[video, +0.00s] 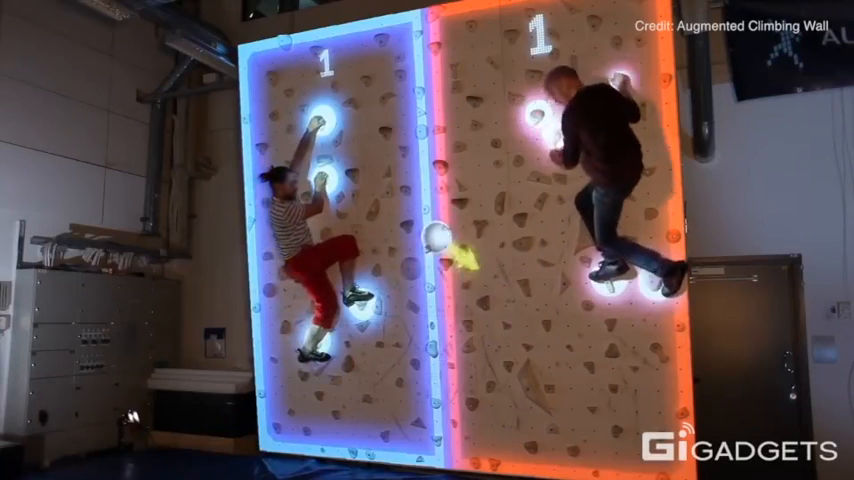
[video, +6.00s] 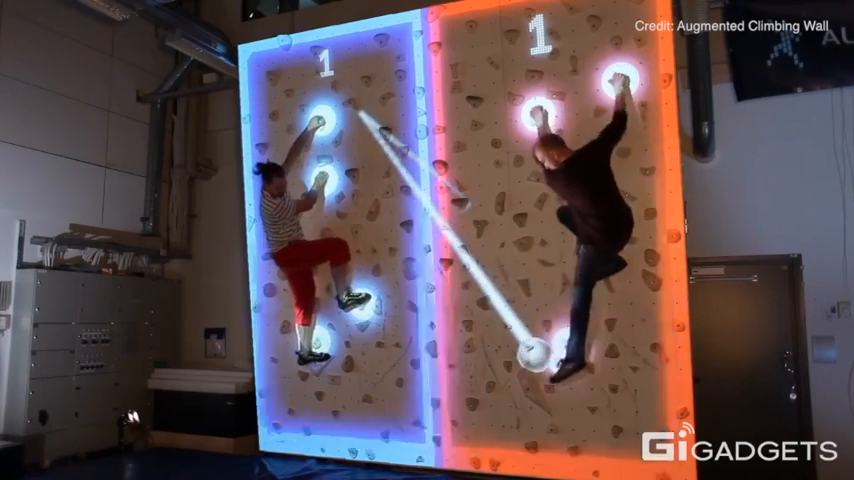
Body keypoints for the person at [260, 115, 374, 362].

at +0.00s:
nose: (295, 185)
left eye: (294, 181)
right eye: (291, 182)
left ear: (282, 186)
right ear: (279, 187)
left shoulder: (278, 203)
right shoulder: (286, 209)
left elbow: (297, 163)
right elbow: (318, 207)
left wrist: (310, 132)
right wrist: (321, 188)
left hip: (297, 263)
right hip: (304, 260)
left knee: (328, 306)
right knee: (346, 244)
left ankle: (309, 349)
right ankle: (350, 290)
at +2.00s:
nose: (280, 181)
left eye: (279, 177)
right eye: (276, 178)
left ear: (263, 182)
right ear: (265, 182)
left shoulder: (258, 198)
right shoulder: (273, 203)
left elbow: (276, 171)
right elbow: (309, 208)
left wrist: (293, 156)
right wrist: (318, 186)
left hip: (285, 259)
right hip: (295, 253)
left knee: (315, 300)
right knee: (339, 243)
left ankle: (306, 350)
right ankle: (348, 292)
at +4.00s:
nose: (290, 173)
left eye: (289, 170)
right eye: (286, 172)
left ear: (280, 172)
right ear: (276, 175)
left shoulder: (275, 184)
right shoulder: (284, 196)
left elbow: (294, 151)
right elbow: (315, 208)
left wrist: (311, 125)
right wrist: (320, 186)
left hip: (286, 249)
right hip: (297, 245)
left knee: (299, 297)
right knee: (341, 242)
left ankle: (304, 350)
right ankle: (349, 293)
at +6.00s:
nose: (283, 187)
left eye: (283, 182)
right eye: (278, 184)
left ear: (283, 180)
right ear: (268, 186)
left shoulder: (270, 193)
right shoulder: (277, 204)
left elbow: (292, 157)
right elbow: (308, 204)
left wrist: (309, 130)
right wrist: (320, 185)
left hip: (286, 253)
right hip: (292, 251)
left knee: (306, 300)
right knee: (337, 247)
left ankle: (305, 352)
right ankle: (345, 296)